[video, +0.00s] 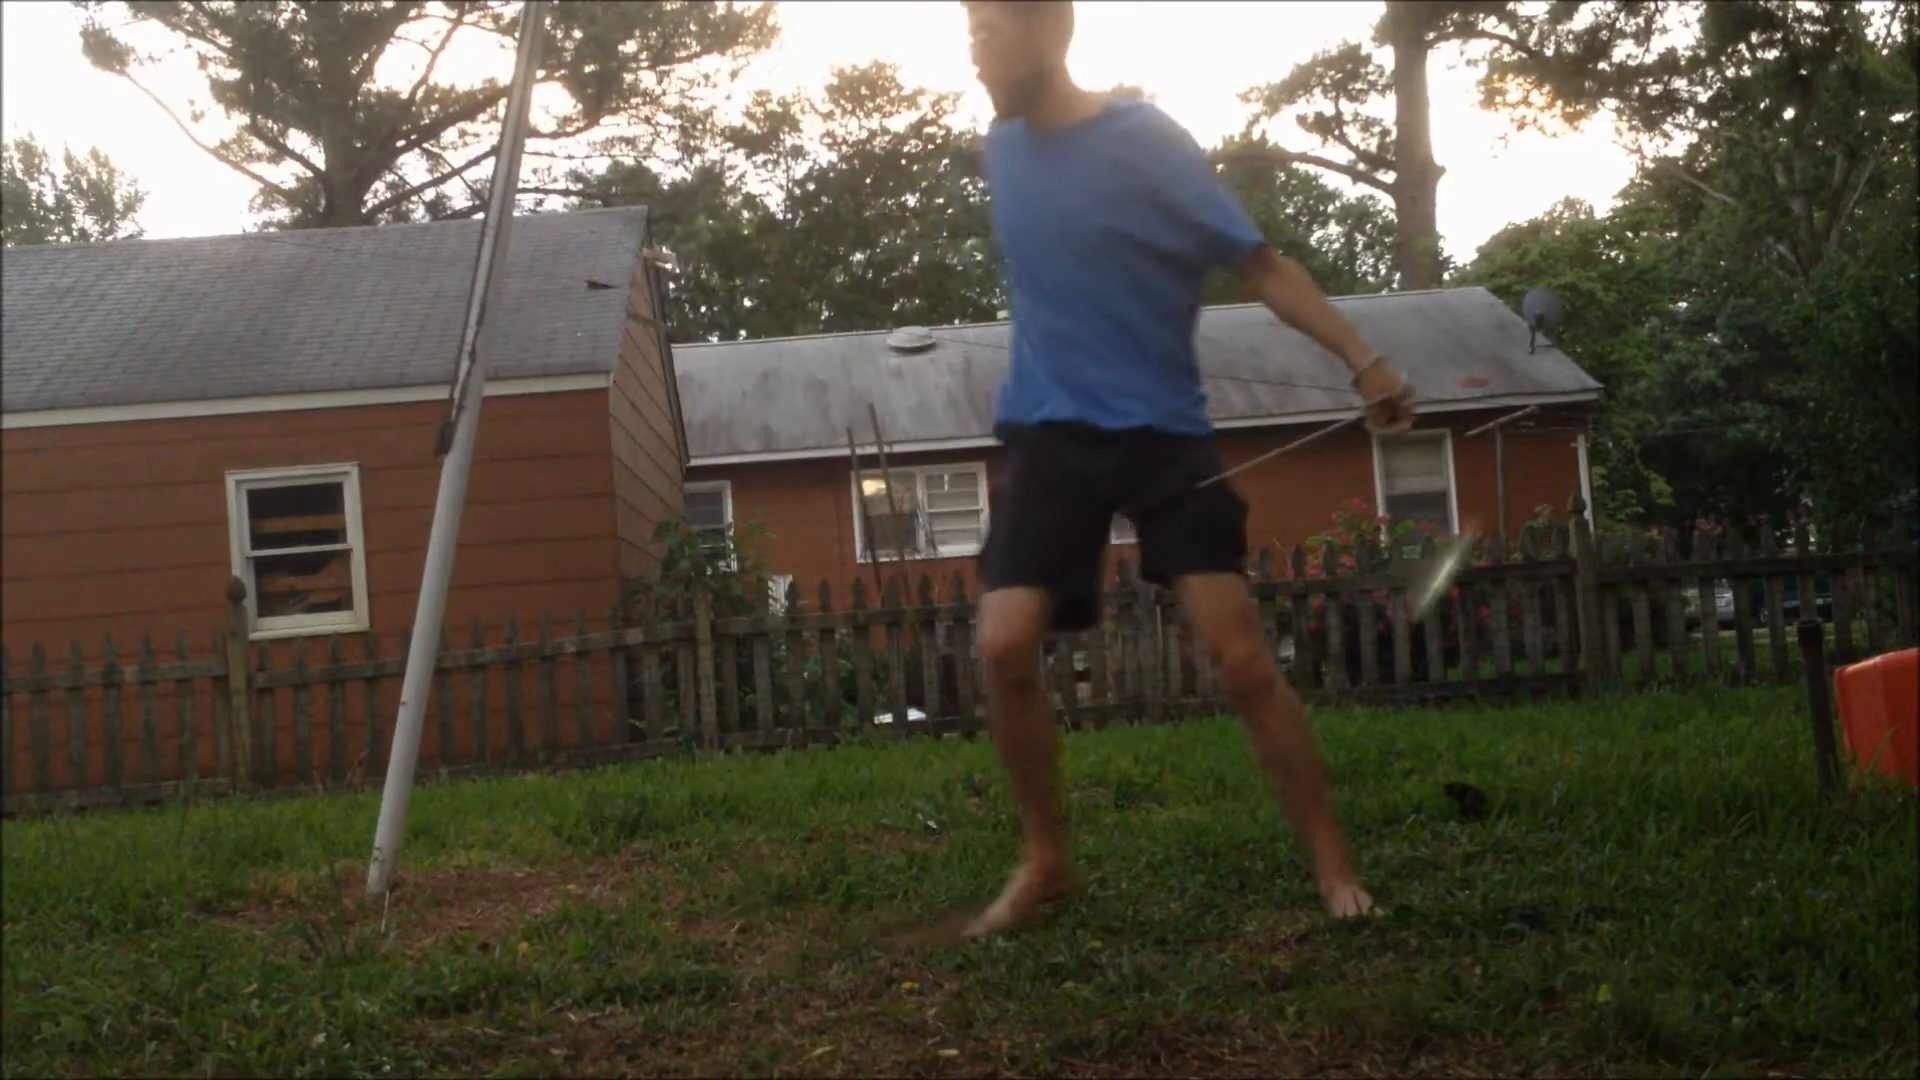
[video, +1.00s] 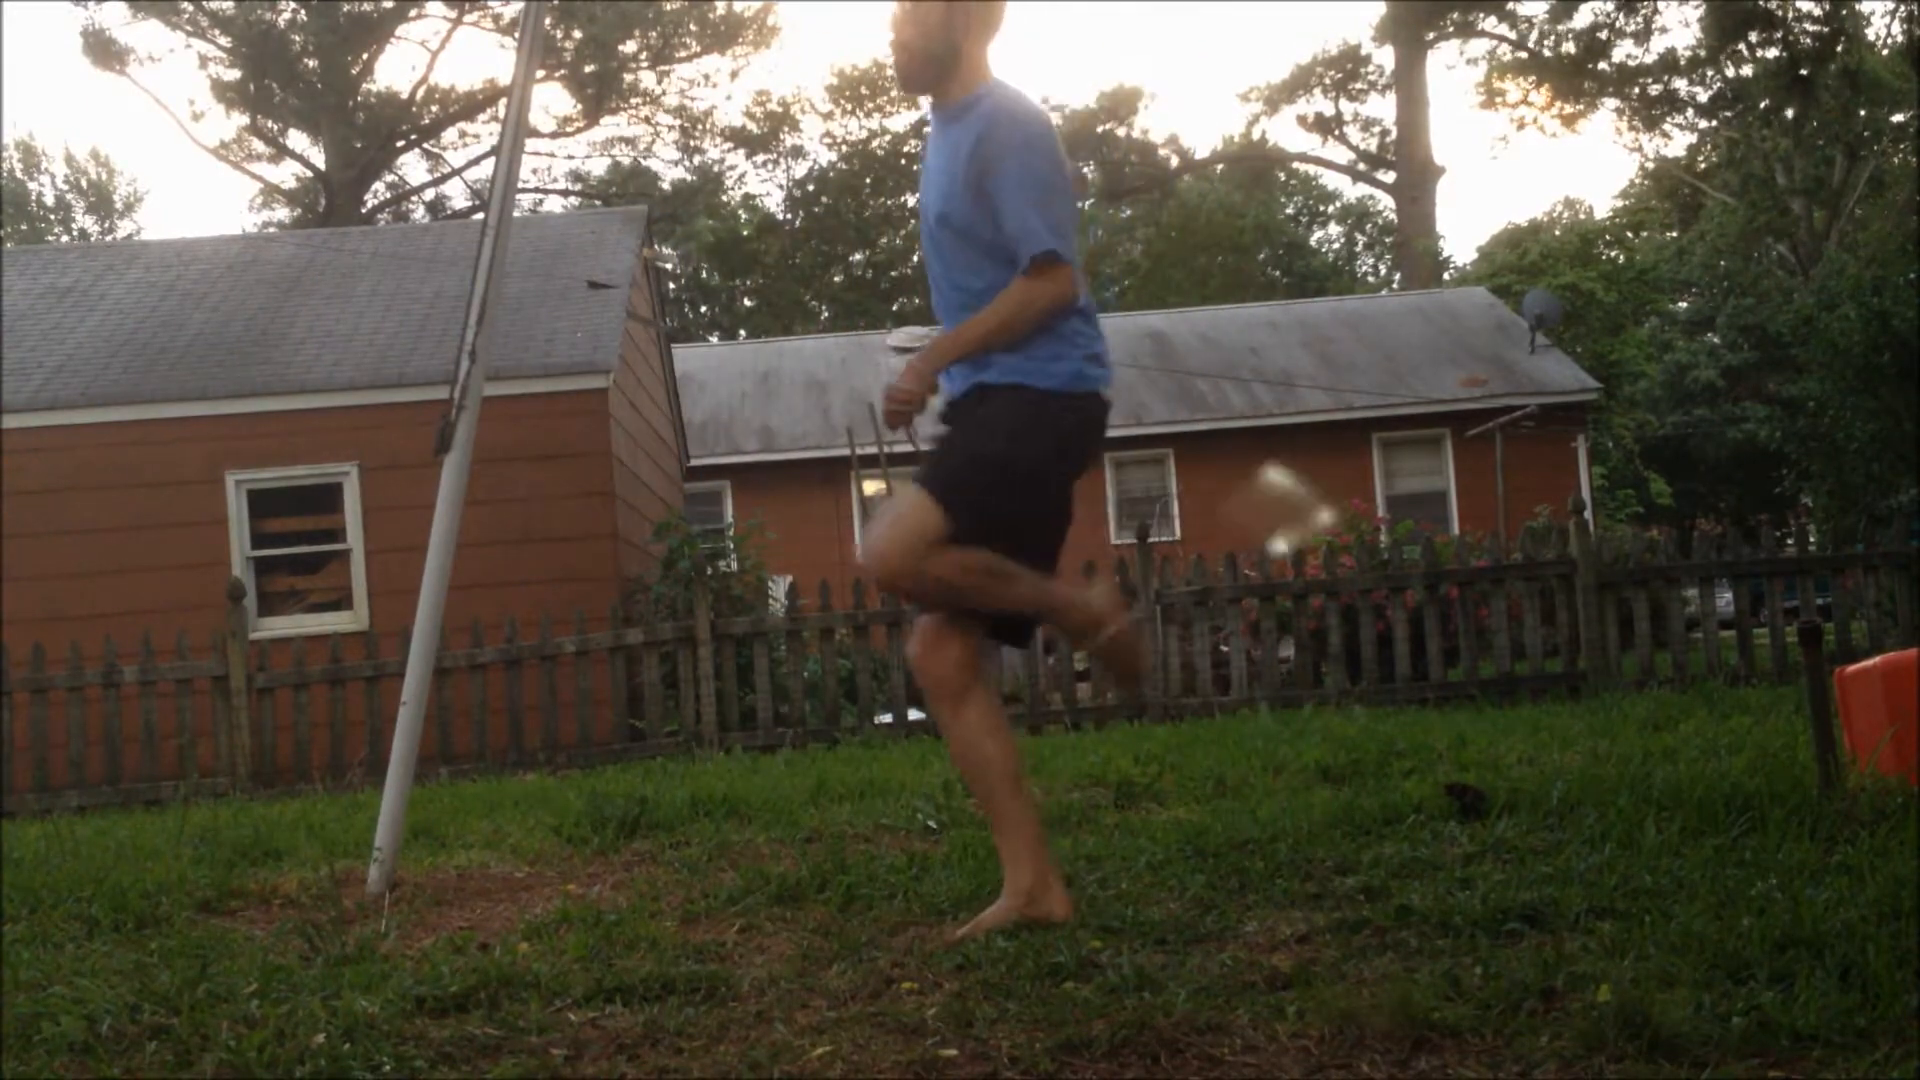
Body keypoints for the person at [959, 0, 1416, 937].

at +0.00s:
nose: (976, 40)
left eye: (993, 20)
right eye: (971, 24)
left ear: (1054, 24)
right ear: (979, 37)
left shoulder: (1142, 138)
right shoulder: (1000, 148)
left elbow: (1258, 263)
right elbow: (1052, 282)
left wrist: (1363, 360)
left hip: (1165, 435)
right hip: (1047, 437)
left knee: (1238, 657)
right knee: (1002, 647)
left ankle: (1336, 877)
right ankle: (1045, 862)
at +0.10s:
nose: (1002, 40)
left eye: (1018, 20)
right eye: (1000, 24)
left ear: (1082, 21)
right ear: (1027, 38)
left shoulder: (1174, 133)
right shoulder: (1030, 139)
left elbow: (1271, 268)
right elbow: (1073, 271)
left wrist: (1351, 374)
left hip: (1187, 429)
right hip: (1072, 430)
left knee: (1252, 655)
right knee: (1037, 643)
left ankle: (1338, 880)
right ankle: (1073, 857)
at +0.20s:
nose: (1013, 38)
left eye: (1027, 17)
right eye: (1010, 20)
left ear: (1088, 18)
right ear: (1039, 30)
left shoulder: (1184, 123)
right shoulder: (1039, 135)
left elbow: (1269, 269)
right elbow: (1073, 222)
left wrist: (1328, 385)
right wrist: (1024, 230)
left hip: (1201, 424)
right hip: (1083, 426)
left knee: (1258, 651)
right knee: (1047, 640)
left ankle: (1339, 879)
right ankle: (1067, 864)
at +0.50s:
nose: (958, 49)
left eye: (971, 27)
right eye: (955, 31)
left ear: (1030, 28)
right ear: (975, 38)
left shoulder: (1111, 132)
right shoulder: (993, 145)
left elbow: (1201, 265)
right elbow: (1010, 231)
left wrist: (1193, 369)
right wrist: (911, 274)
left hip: (1153, 432)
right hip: (1045, 439)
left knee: (1220, 657)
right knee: (1017, 664)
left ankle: (1324, 869)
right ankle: (1063, 886)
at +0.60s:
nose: (928, 61)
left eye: (941, 37)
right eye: (925, 41)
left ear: (1001, 37)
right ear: (947, 47)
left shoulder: (1082, 136)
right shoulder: (966, 145)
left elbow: (1167, 278)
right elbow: (989, 233)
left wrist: (1117, 344)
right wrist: (908, 267)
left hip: (1119, 424)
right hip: (1022, 434)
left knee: (1147, 605)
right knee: (1010, 663)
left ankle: (1253, 797)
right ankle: (1064, 887)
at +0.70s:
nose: (911, 33)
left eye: (924, 12)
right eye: (909, 16)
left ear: (982, 14)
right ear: (939, 26)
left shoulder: (1062, 108)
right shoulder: (948, 114)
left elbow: (1132, 248)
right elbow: (974, 205)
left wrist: (1045, 315)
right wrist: (919, 254)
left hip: (1099, 372)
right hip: (1009, 395)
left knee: (1052, 523)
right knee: (1014, 646)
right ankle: (1061, 879)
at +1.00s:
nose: (893, 30)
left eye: (912, 12)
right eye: (895, 13)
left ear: (967, 21)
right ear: (934, 27)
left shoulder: (1009, 120)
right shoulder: (946, 132)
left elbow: (1056, 278)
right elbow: (994, 285)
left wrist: (934, 356)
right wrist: (953, 387)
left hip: (1043, 396)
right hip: (994, 401)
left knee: (894, 554)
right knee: (941, 658)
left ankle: (1090, 612)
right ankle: (1032, 886)